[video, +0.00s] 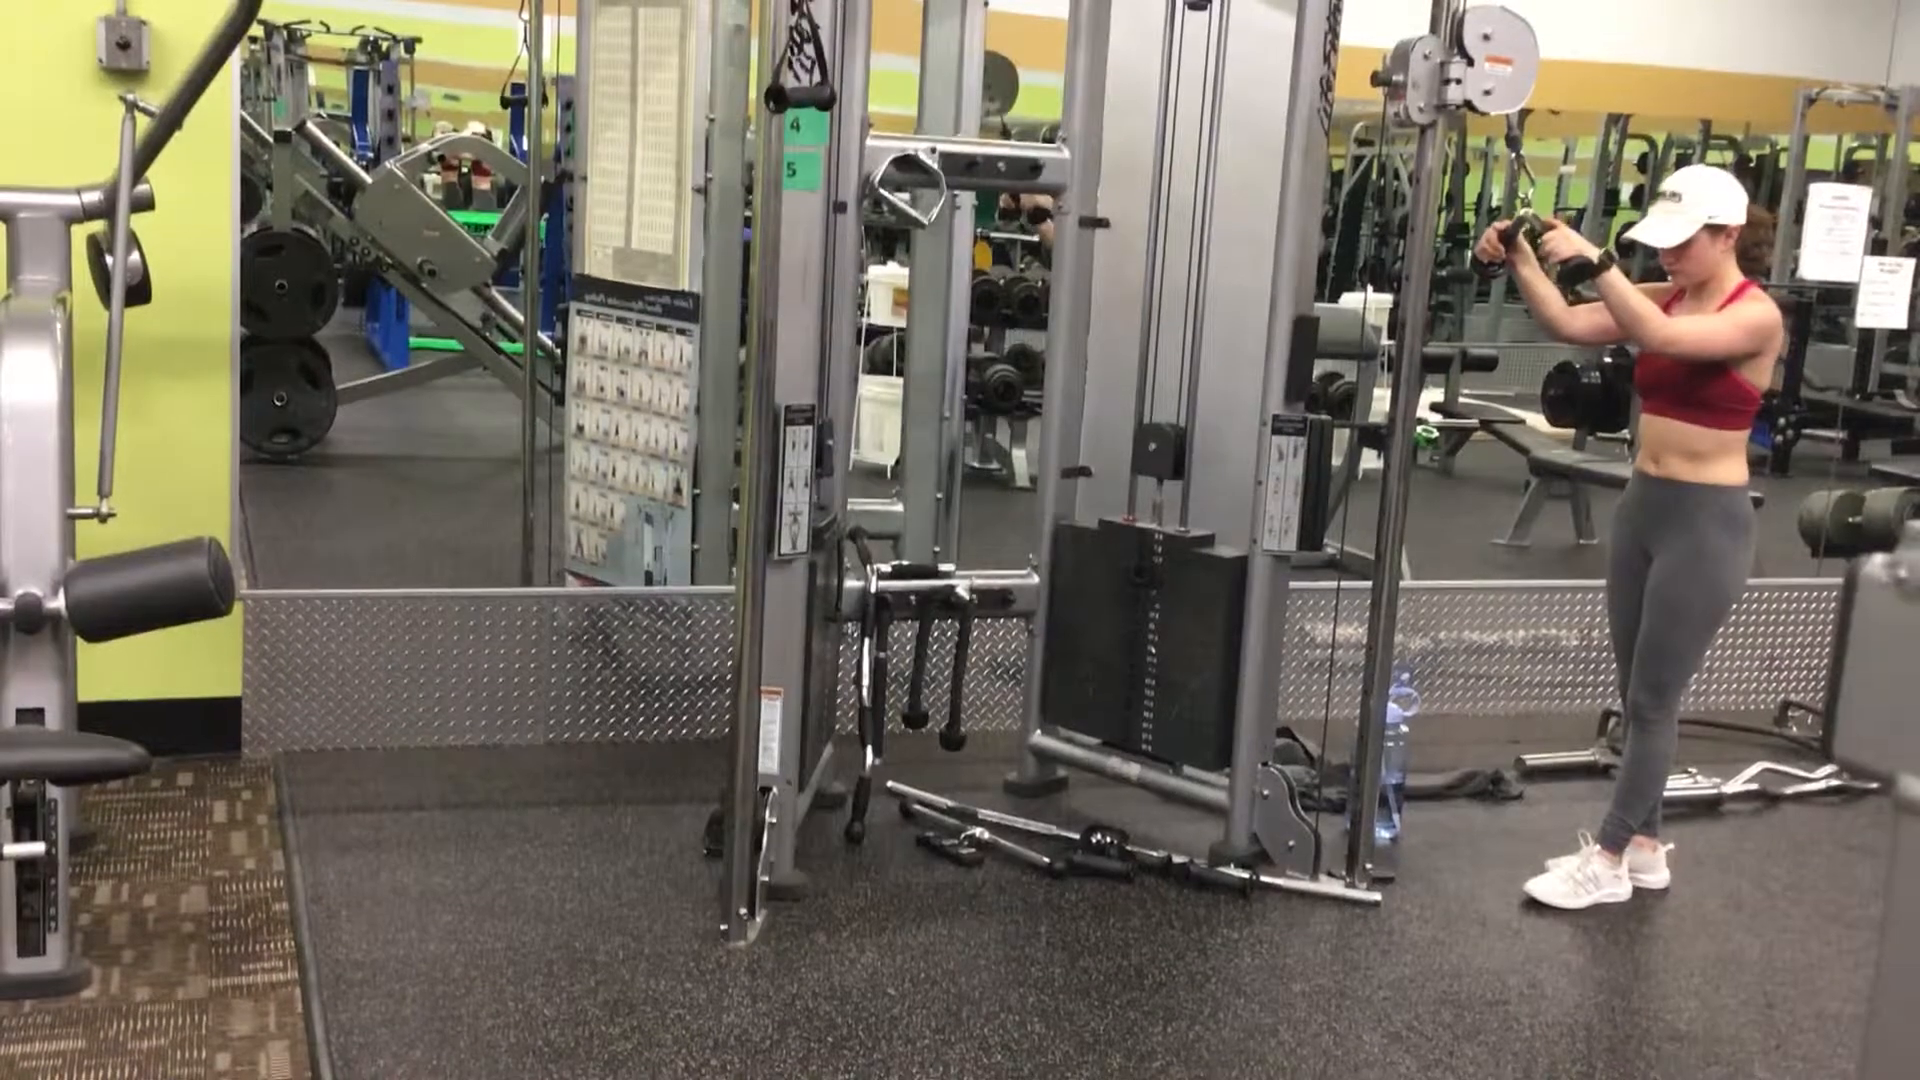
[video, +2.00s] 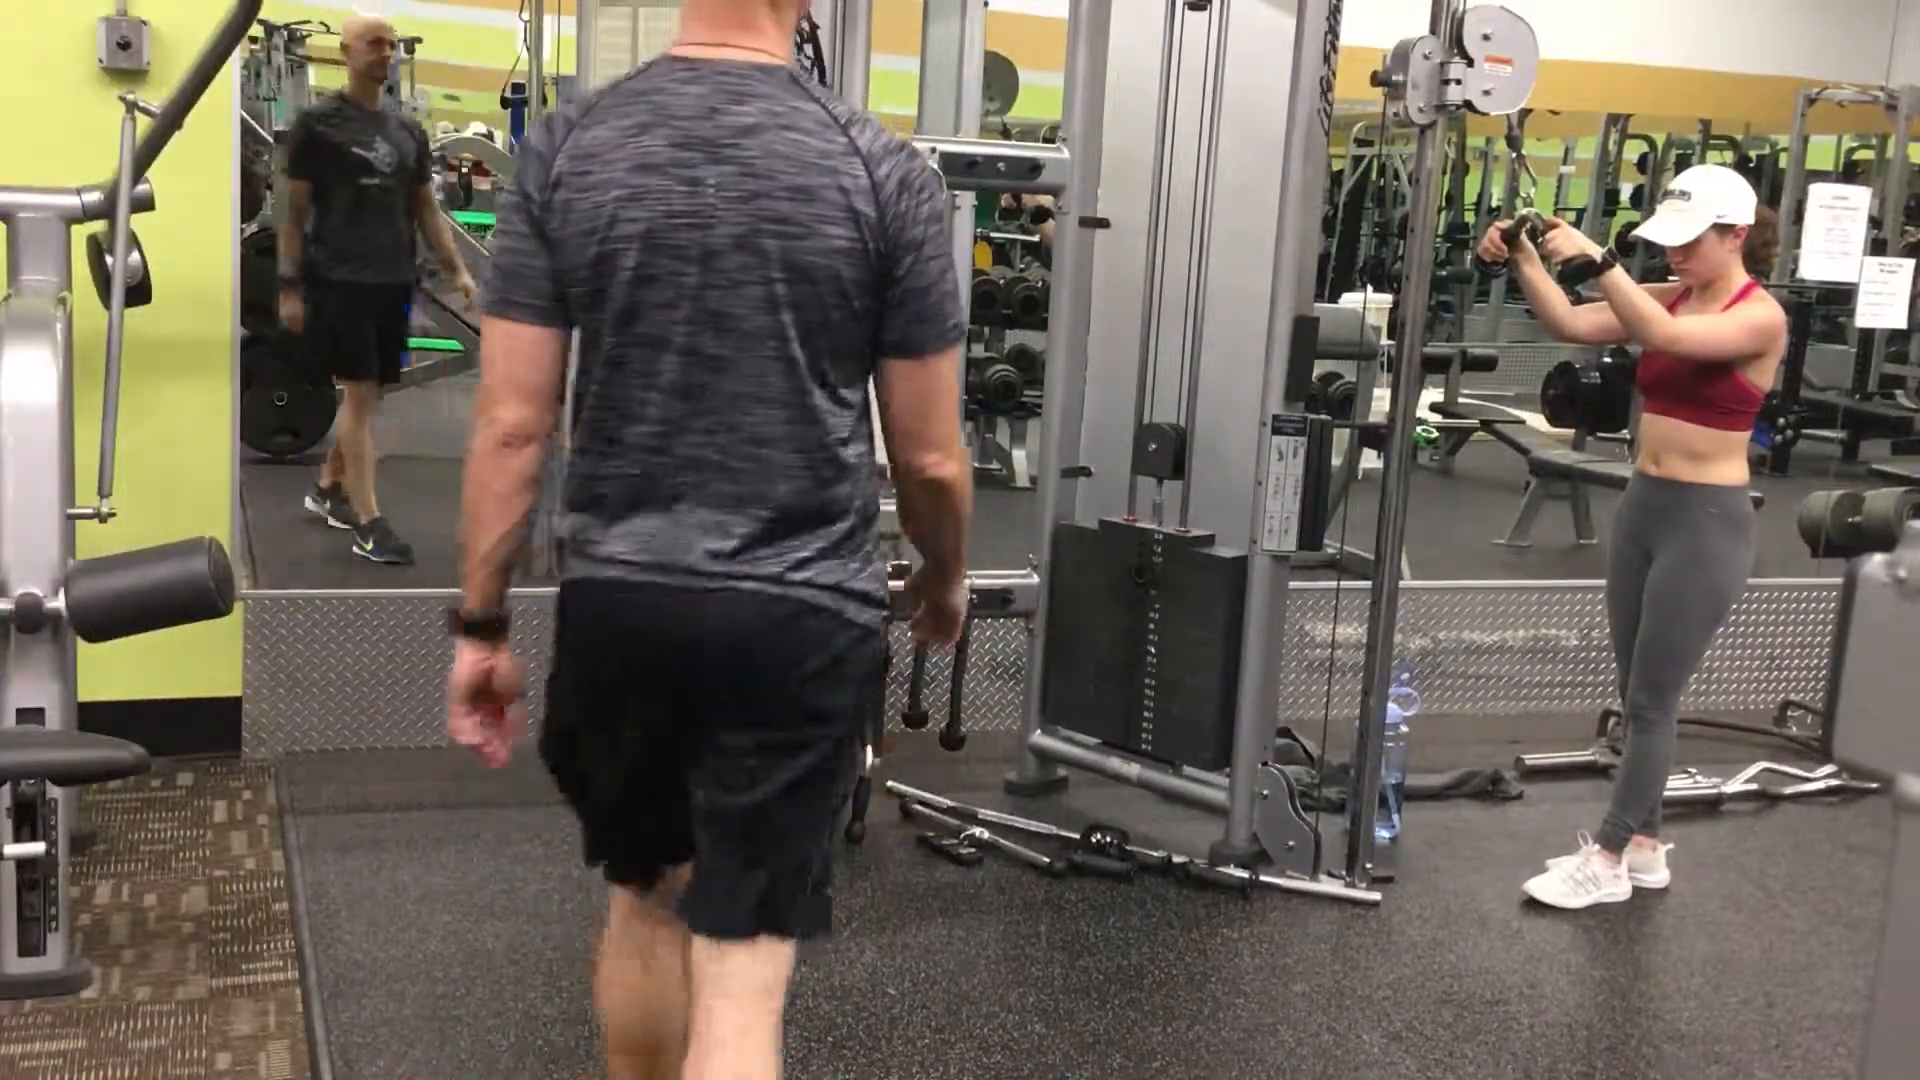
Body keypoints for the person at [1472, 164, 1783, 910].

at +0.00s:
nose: (1667, 255)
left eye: (1680, 241)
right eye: (1663, 243)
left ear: (1727, 235)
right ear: (1664, 241)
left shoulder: (1758, 315)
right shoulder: (1665, 299)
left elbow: (1661, 335)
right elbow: (1568, 322)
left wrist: (1593, 260)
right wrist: (1518, 261)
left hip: (1707, 523)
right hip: (1641, 508)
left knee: (1653, 700)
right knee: (1638, 691)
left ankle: (1607, 858)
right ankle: (1644, 844)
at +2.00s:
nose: (1673, 255)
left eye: (1686, 241)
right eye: (1668, 242)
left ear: (1735, 236)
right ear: (1669, 241)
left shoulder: (1763, 317)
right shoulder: (1669, 299)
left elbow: (1666, 335)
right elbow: (1571, 322)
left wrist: (1596, 259)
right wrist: (1521, 258)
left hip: (1708, 524)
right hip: (1640, 510)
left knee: (1652, 700)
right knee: (1639, 694)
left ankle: (1607, 858)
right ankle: (1644, 845)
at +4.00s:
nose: (1683, 252)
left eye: (1699, 238)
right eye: (1680, 239)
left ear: (1748, 236)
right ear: (1682, 238)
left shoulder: (1771, 318)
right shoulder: (1678, 300)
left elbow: (1673, 330)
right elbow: (1584, 317)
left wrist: (1604, 256)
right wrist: (1527, 257)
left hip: (1709, 523)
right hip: (1642, 509)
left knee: (1652, 698)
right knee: (1639, 692)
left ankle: (1605, 859)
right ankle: (1646, 846)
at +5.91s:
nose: (1681, 253)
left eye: (1696, 239)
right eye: (1677, 240)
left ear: (1745, 236)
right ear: (1678, 239)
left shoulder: (1768, 317)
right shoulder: (1675, 300)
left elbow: (1669, 330)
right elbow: (1578, 319)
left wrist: (1602, 257)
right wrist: (1525, 256)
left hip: (1709, 523)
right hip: (1642, 508)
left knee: (1652, 699)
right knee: (1639, 693)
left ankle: (1606, 859)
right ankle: (1646, 846)